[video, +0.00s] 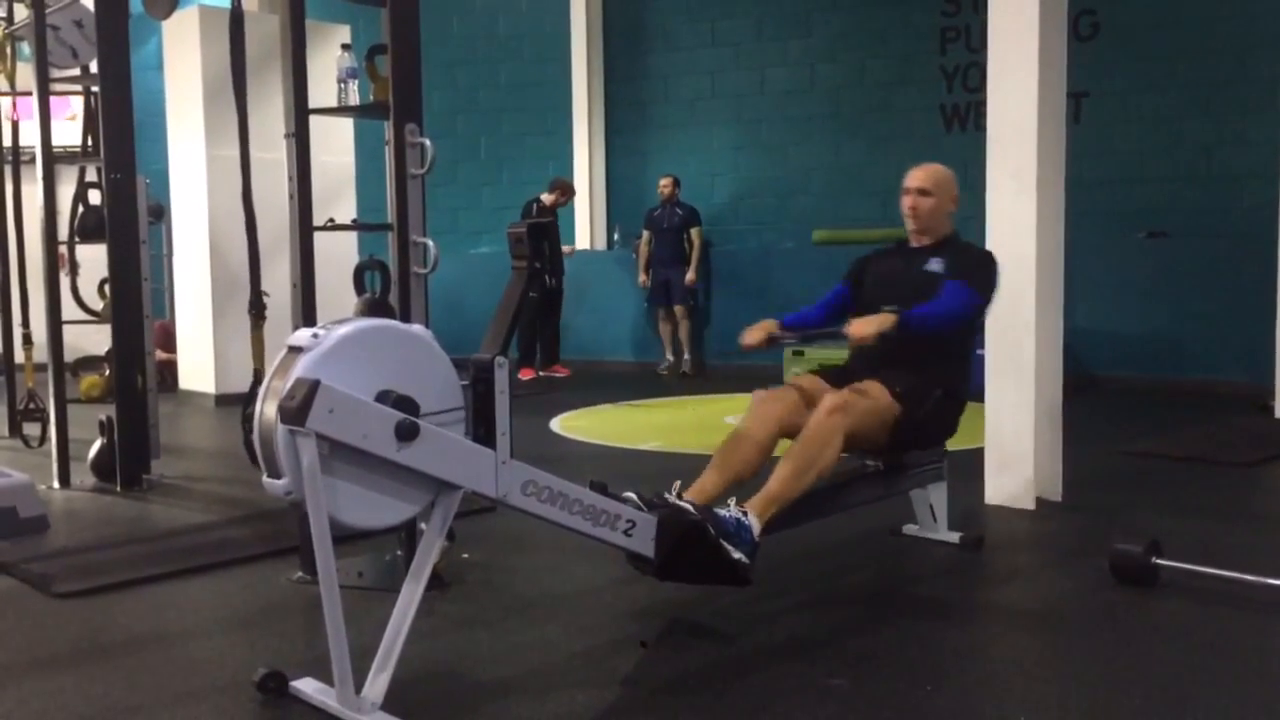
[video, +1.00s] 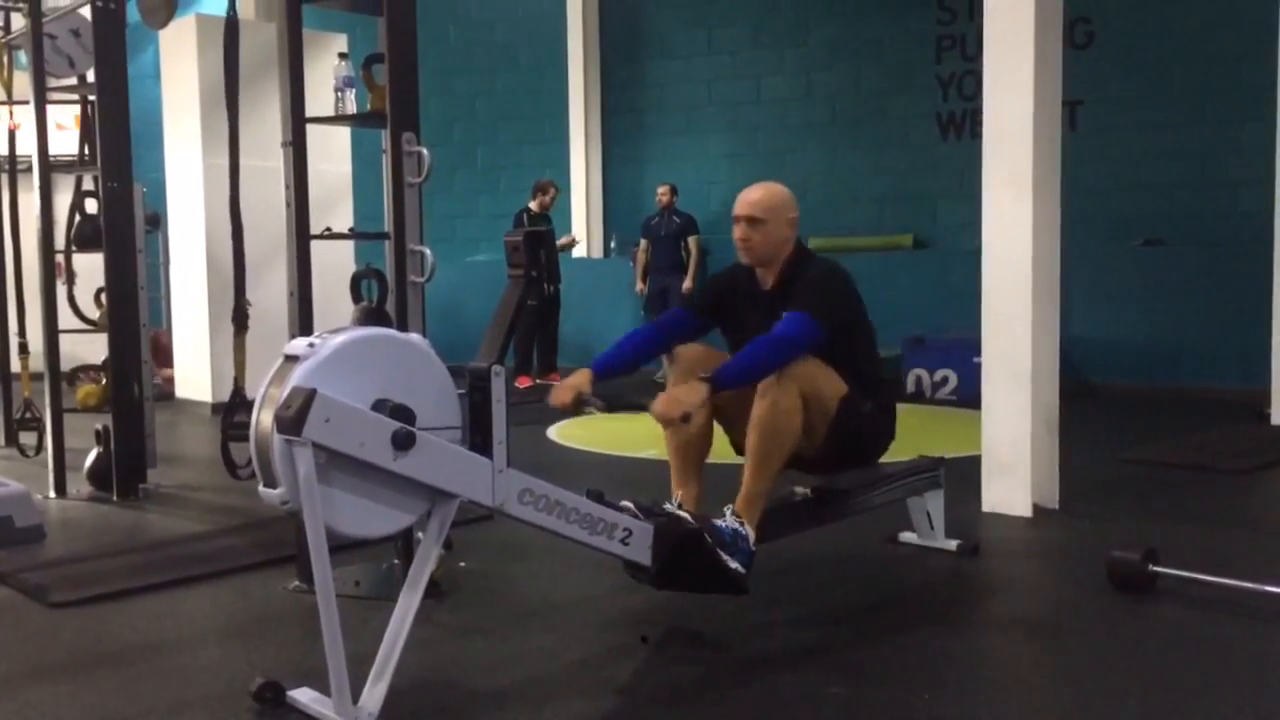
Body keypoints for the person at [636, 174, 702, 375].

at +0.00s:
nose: (661, 190)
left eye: (665, 186)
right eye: (660, 187)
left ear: (676, 189)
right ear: (658, 189)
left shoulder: (688, 212)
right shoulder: (652, 214)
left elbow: (696, 242)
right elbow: (644, 243)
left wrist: (692, 269)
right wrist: (642, 271)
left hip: (679, 270)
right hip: (658, 270)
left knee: (680, 312)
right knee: (663, 314)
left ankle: (686, 356)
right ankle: (668, 356)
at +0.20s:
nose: (661, 191)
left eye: (665, 187)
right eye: (660, 188)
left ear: (675, 190)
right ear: (658, 190)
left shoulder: (688, 213)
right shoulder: (652, 214)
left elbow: (697, 243)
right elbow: (644, 244)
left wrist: (692, 270)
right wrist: (642, 272)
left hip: (679, 271)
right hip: (658, 271)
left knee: (680, 313)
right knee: (663, 315)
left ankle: (686, 357)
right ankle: (668, 357)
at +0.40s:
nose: (661, 192)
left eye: (665, 189)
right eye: (659, 189)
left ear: (675, 191)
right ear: (658, 192)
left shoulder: (687, 215)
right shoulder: (651, 216)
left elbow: (696, 244)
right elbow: (644, 244)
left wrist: (691, 272)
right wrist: (641, 272)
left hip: (679, 272)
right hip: (658, 272)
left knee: (679, 314)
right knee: (662, 316)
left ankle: (686, 359)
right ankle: (668, 359)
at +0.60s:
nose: (660, 193)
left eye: (664, 189)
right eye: (658, 190)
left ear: (674, 192)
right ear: (657, 193)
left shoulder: (686, 216)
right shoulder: (650, 217)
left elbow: (695, 245)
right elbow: (643, 246)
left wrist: (690, 273)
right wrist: (640, 273)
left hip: (678, 273)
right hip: (656, 273)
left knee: (678, 315)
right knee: (661, 317)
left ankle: (684, 359)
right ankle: (666, 359)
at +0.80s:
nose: (659, 195)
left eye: (663, 192)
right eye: (658, 192)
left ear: (673, 195)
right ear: (656, 195)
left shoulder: (686, 218)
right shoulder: (649, 219)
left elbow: (694, 247)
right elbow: (642, 248)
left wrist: (689, 276)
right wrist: (639, 276)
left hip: (677, 275)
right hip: (655, 276)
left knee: (678, 317)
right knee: (660, 320)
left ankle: (683, 357)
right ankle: (666, 360)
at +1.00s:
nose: (659, 198)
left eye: (663, 195)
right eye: (658, 195)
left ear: (673, 198)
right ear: (656, 198)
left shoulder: (685, 220)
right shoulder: (649, 222)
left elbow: (694, 251)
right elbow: (642, 250)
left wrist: (689, 278)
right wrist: (639, 279)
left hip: (677, 279)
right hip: (655, 279)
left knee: (676, 323)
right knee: (657, 323)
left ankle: (678, 369)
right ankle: (665, 367)